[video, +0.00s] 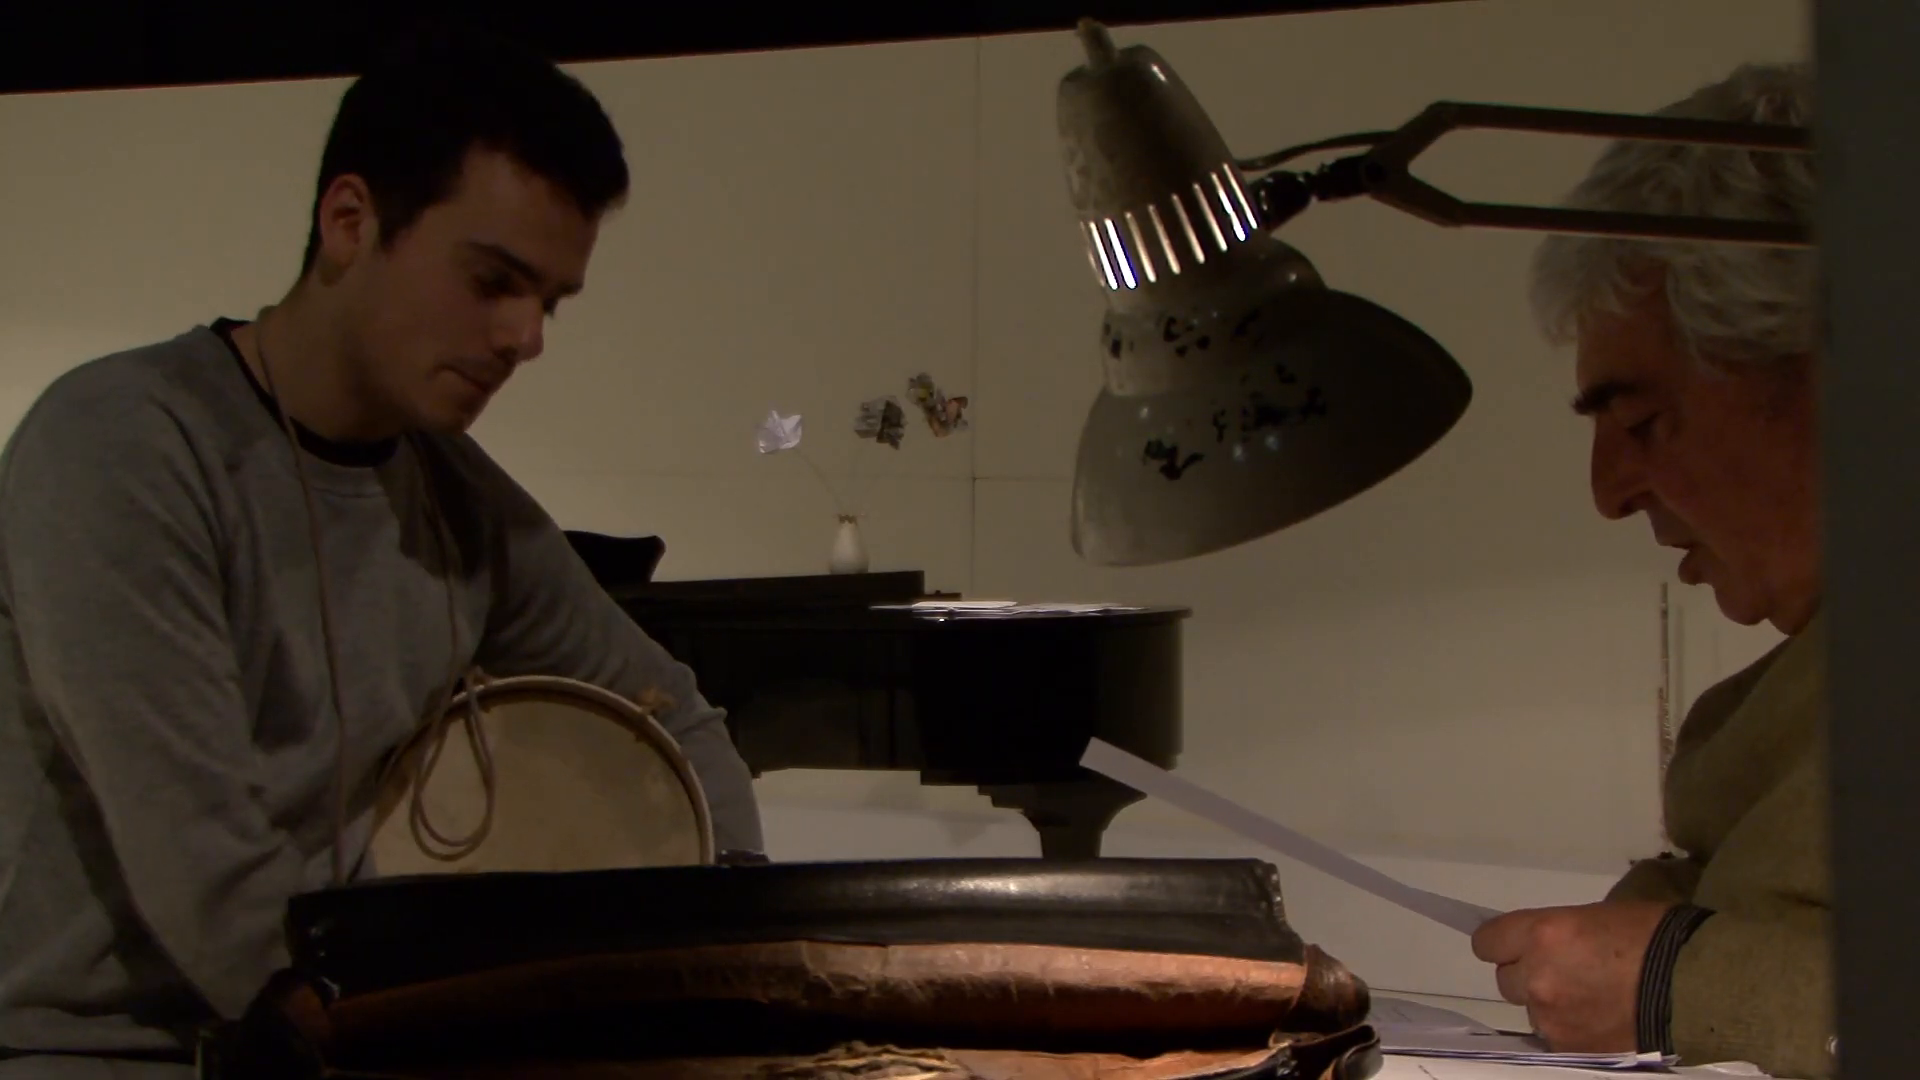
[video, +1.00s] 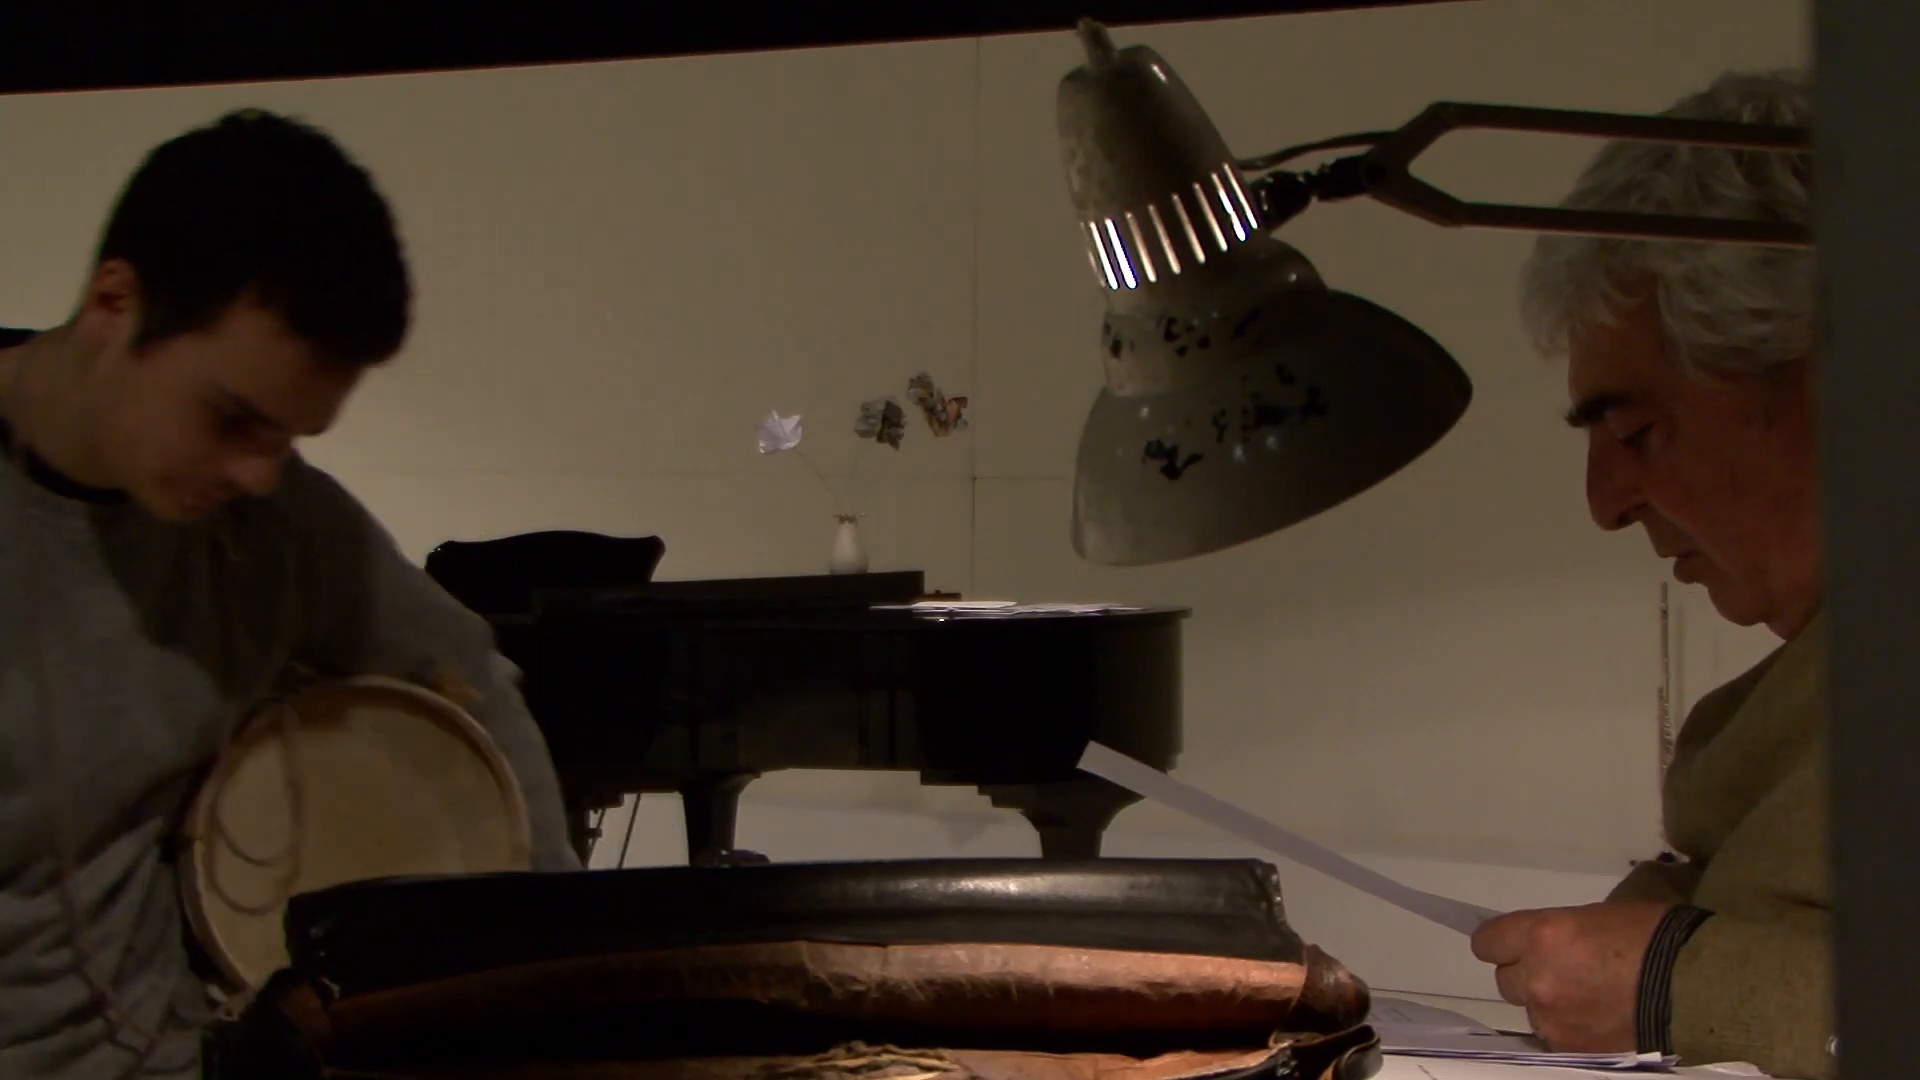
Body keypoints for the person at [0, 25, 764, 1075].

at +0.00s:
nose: (523, 338)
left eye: (549, 301)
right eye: (493, 279)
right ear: (349, 224)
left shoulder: (459, 494)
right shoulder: (110, 445)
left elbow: (669, 719)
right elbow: (222, 898)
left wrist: (724, 947)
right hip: (89, 1045)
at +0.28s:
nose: (517, 427)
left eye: (542, 394)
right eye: (499, 369)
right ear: (374, 265)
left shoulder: (478, 519)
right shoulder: (90, 444)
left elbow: (677, 735)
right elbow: (80, 872)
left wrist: (715, 953)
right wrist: (317, 1041)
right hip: (56, 1036)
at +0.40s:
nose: (520, 431)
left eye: (544, 397)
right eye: (502, 371)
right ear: (377, 268)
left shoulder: (467, 523)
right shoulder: (86, 442)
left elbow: (665, 745)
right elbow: (88, 872)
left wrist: (689, 966)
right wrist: (326, 1044)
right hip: (48, 1042)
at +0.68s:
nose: (477, 452)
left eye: (503, 417)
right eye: (465, 395)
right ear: (343, 281)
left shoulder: (414, 511)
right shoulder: (36, 450)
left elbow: (607, 736)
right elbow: (58, 867)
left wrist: (660, 949)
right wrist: (324, 1008)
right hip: (41, 1042)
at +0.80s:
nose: (409, 454)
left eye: (438, 420)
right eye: (393, 398)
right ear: (270, 283)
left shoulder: (385, 514)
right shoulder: (18, 450)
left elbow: (574, 736)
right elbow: (9, 859)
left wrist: (627, 960)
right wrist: (258, 1028)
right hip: (32, 1028)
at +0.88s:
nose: (354, 459)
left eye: (382, 423)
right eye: (333, 401)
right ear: (210, 287)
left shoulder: (346, 521)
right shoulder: (15, 468)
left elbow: (539, 730)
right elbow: (12, 932)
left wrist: (573, 972)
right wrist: (191, 1062)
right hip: (44, 1041)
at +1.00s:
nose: (262, 478)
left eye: (292, 439)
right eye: (235, 422)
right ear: (111, 307)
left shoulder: (282, 518)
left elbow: (469, 684)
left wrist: (543, 928)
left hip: (217, 1038)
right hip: (28, 1051)